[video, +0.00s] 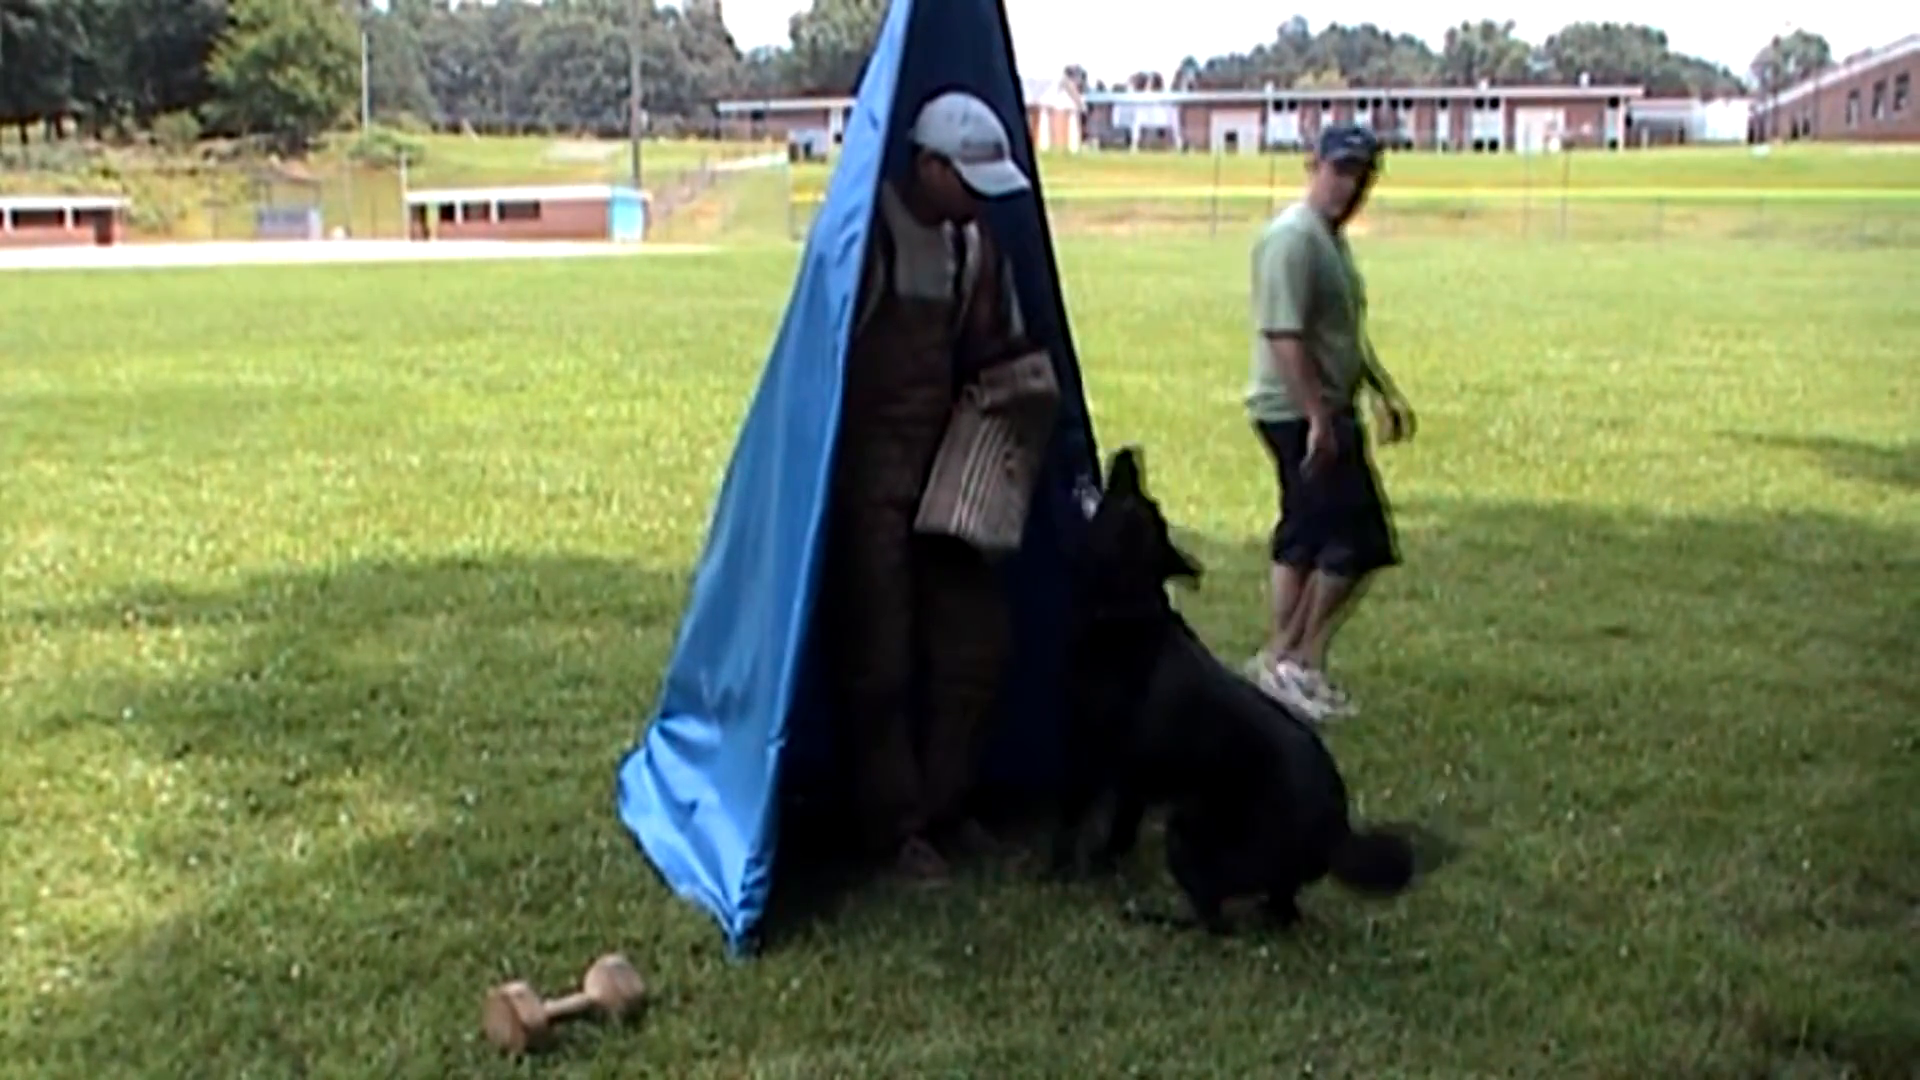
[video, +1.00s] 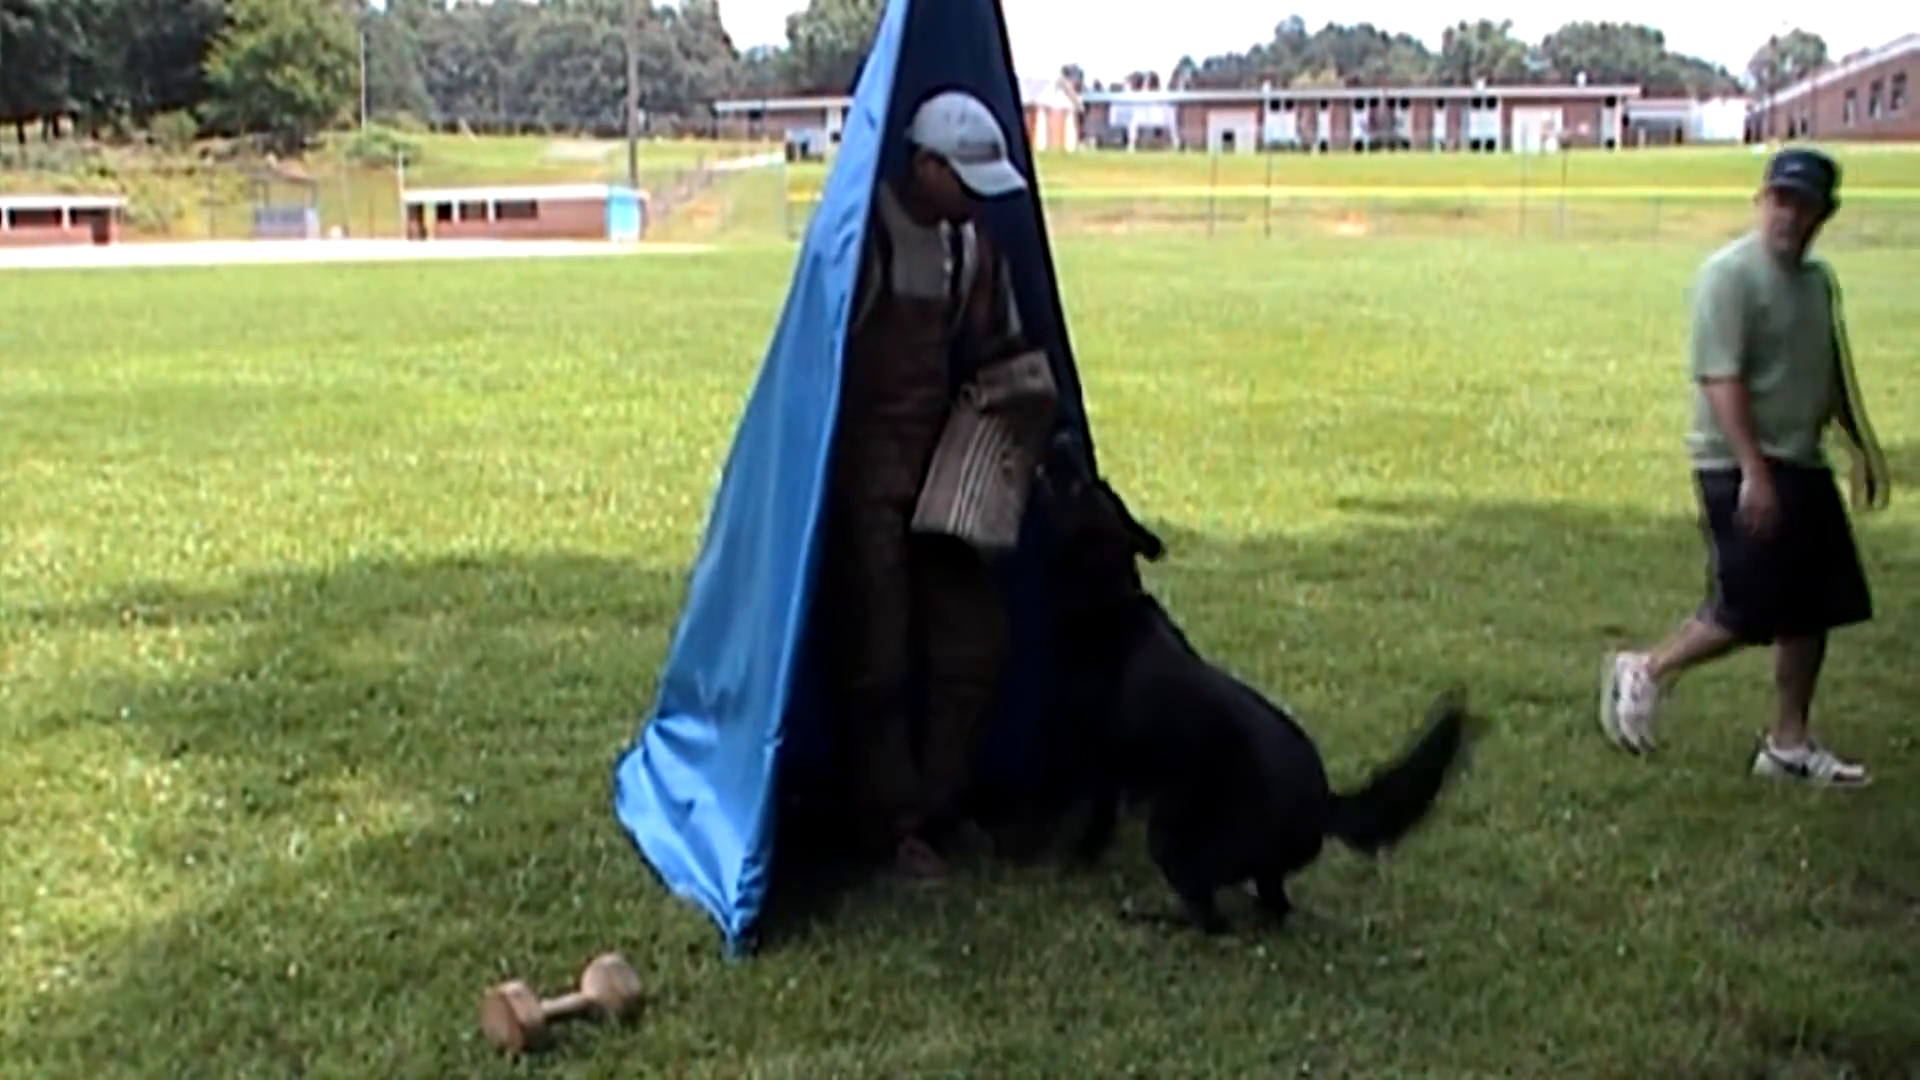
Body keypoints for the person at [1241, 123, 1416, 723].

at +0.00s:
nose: (1354, 188)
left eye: (1363, 177)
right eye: (1344, 173)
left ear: (1369, 184)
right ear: (1315, 169)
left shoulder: (1329, 240)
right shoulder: (1292, 240)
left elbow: (1345, 335)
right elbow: (1284, 339)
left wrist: (1383, 393)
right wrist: (1317, 414)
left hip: (1325, 408)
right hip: (1298, 410)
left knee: (1301, 537)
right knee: (1357, 541)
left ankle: (1281, 655)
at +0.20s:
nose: (1440, 209)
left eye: (1451, 199)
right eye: (1432, 194)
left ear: (1459, 207)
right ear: (1402, 189)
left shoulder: (1417, 260)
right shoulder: (1377, 260)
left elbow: (1447, 340)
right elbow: (1353, 360)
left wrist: (1515, 386)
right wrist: (1374, 444)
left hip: (1394, 437)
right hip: (1390, 441)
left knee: (1332, 557)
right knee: (1444, 575)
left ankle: (1288, 669)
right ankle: (1504, 694)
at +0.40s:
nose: (1529, 219)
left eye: (1541, 208)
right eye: (1519, 205)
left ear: (1550, 214)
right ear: (1491, 200)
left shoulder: (1518, 268)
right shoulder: (1470, 275)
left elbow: (1527, 362)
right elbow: (1455, 383)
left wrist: (1566, 415)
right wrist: (1476, 463)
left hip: (1517, 441)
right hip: (1485, 445)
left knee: (1489, 571)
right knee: (1524, 578)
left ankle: (1366, 636)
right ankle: (1526, 707)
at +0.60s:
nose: (1610, 203)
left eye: (1624, 193)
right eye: (1601, 188)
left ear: (1636, 203)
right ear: (1578, 187)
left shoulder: (1610, 261)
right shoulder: (1550, 262)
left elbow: (1601, 358)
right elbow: (1558, 368)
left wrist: (1617, 432)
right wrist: (1622, 433)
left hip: (1601, 439)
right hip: (1548, 439)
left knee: (1649, 561)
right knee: (1563, 571)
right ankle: (1528, 704)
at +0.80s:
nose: (1695, 216)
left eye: (1710, 207)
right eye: (1687, 201)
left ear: (1728, 219)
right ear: (1668, 200)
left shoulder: (1717, 284)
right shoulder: (1636, 274)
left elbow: (1708, 375)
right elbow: (1637, 376)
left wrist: (1706, 441)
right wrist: (1731, 426)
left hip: (1693, 466)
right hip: (1625, 462)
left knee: (1736, 599)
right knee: (1590, 592)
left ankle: (1773, 734)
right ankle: (1534, 703)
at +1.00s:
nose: (1788, 216)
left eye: (1804, 206)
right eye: (1779, 200)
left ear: (1822, 217)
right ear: (1760, 202)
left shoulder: (1819, 284)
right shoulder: (1727, 277)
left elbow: (1831, 379)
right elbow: (1720, 382)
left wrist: (1862, 444)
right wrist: (1752, 469)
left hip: (1802, 467)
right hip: (1737, 467)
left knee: (1812, 607)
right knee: (1750, 607)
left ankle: (1788, 742)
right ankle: (1644, 672)